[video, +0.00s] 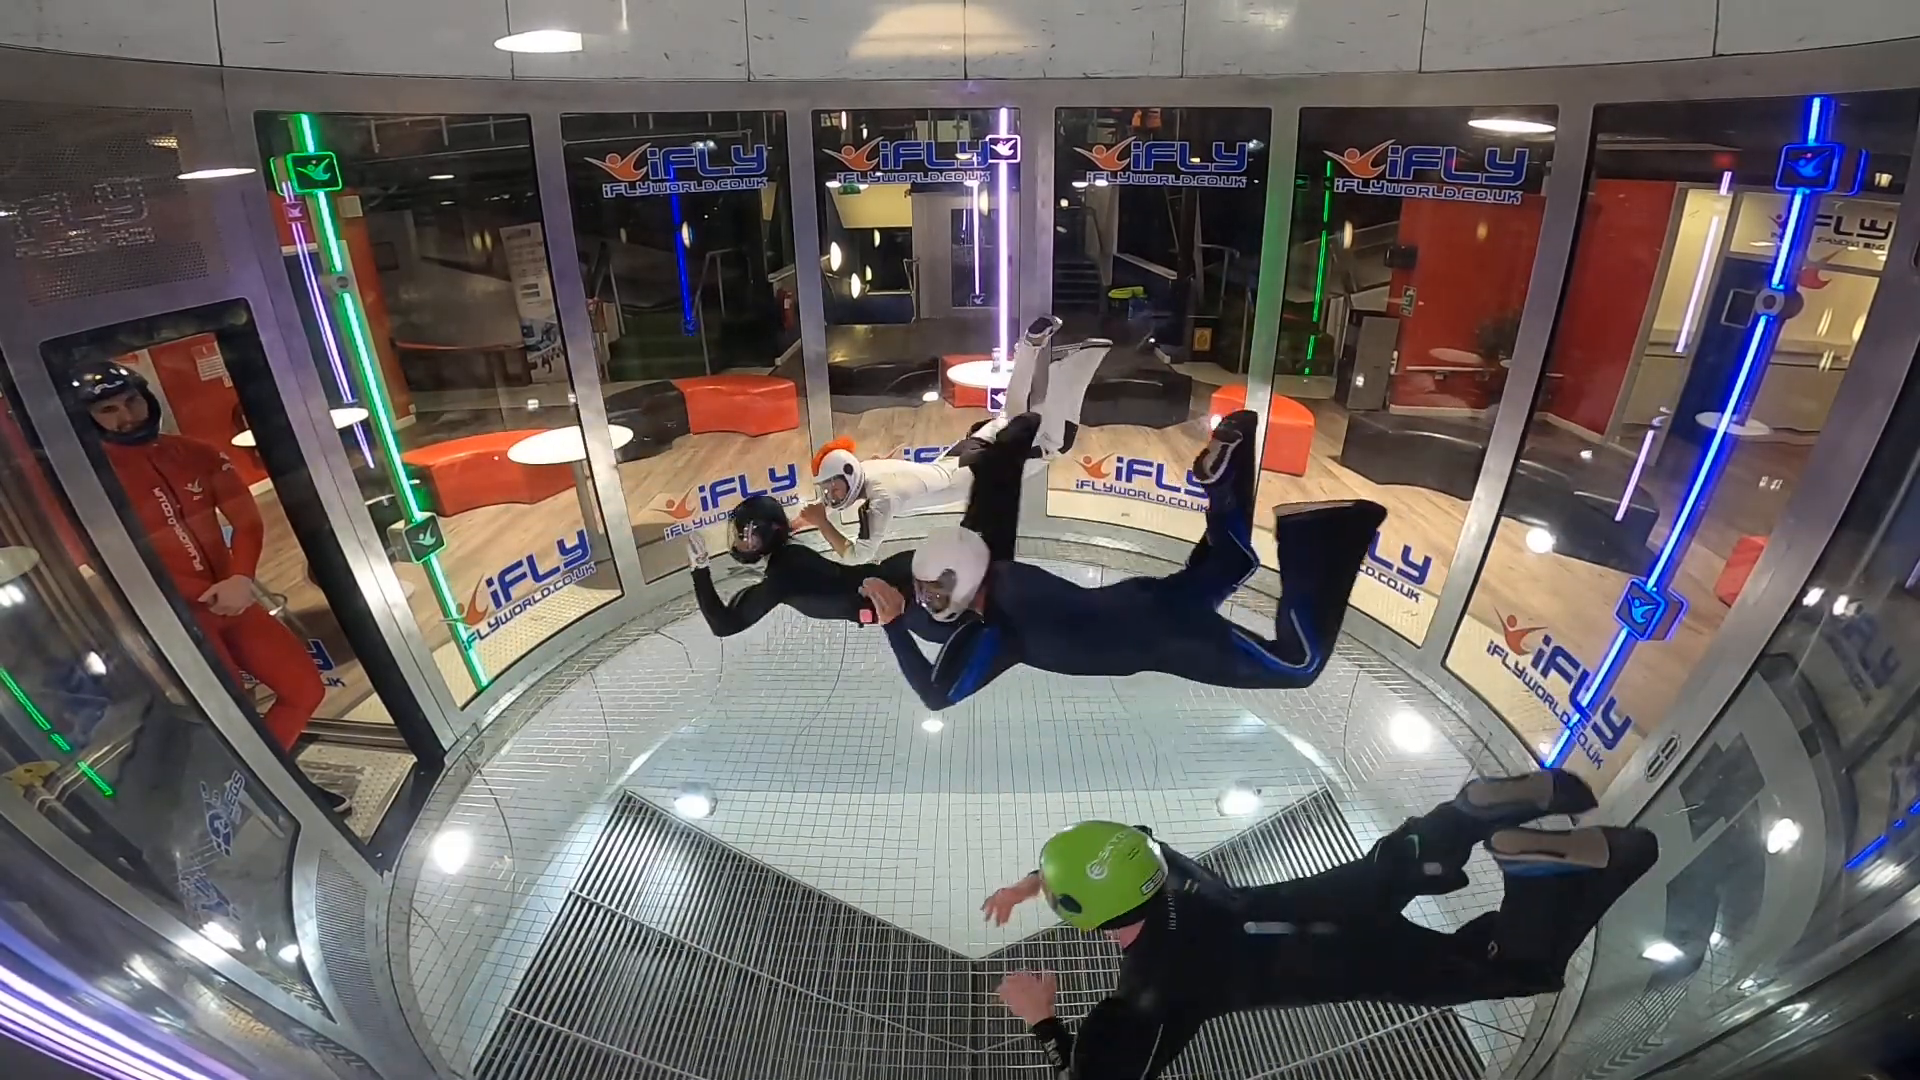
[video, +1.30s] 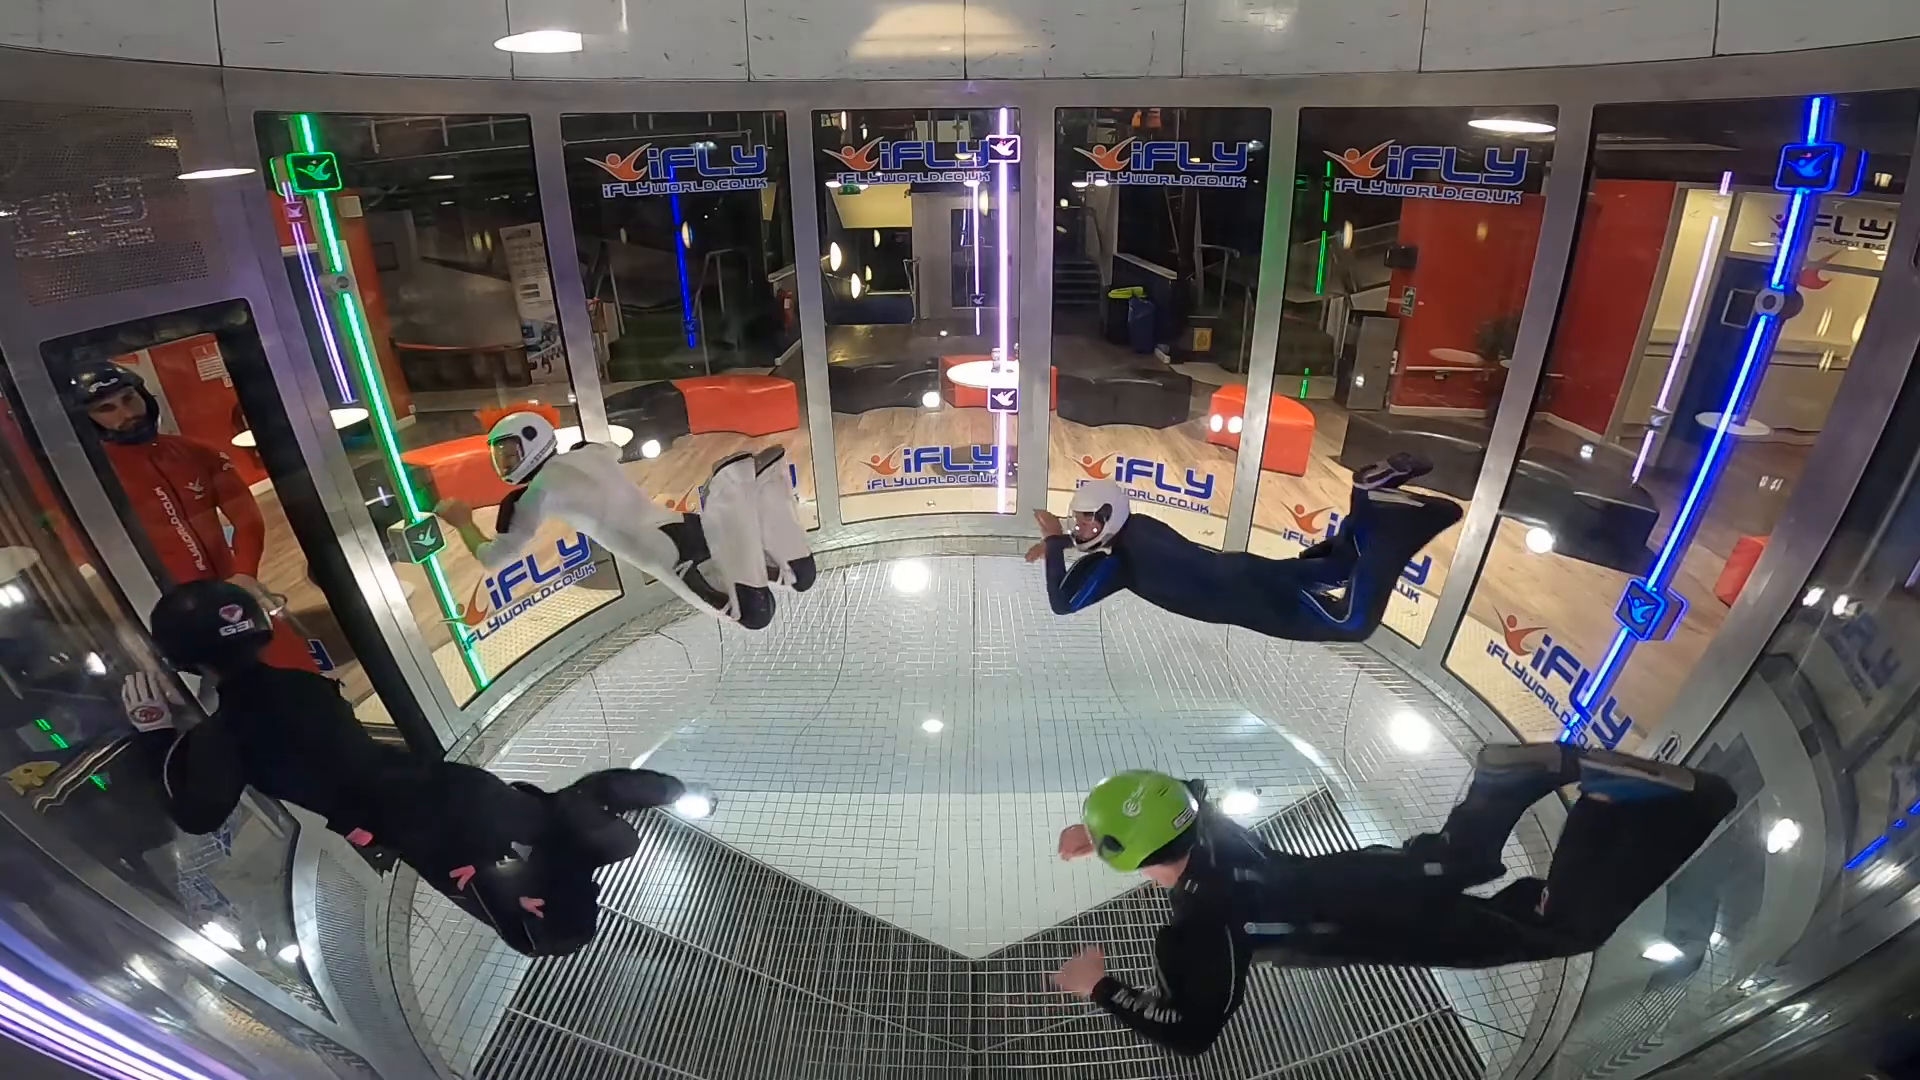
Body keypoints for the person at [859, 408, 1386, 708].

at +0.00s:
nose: (930, 604)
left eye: (935, 595)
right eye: (929, 596)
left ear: (960, 599)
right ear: (970, 573)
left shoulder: (996, 629)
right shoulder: (995, 575)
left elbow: (937, 694)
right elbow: (935, 627)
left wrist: (891, 628)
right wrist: (899, 604)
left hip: (1170, 638)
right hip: (1154, 598)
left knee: (1300, 665)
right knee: (1228, 557)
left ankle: (1316, 544)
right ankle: (1229, 469)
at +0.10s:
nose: (973, 606)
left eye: (978, 594)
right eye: (968, 595)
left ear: (1005, 584)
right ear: (999, 576)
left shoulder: (1037, 622)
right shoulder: (1031, 589)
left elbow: (979, 694)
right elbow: (977, 646)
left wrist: (910, 647)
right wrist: (913, 629)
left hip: (1206, 635)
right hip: (1183, 606)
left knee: (1342, 653)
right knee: (1256, 569)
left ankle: (1359, 533)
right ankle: (1270, 479)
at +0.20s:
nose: (1006, 606)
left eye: (1014, 596)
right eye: (1003, 597)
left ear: (1045, 587)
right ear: (1024, 584)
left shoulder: (1075, 623)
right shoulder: (1053, 583)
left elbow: (1022, 693)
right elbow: (1004, 642)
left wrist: (953, 651)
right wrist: (953, 635)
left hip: (1243, 640)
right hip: (1216, 610)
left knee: (1378, 655)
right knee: (1284, 583)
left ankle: (1403, 534)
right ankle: (1313, 502)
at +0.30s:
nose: (1043, 604)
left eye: (1056, 592)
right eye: (1037, 593)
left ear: (1086, 579)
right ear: (1034, 581)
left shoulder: (1110, 621)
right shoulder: (1077, 579)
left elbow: (1058, 691)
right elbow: (1042, 633)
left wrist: (1002, 631)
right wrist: (1002, 619)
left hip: (1263, 644)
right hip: (1235, 614)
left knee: (1409, 659)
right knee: (1310, 589)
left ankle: (1434, 541)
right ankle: (1351, 512)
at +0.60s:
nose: (1101, 572)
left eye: (1110, 561)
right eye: (1095, 562)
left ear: (1139, 559)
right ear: (1098, 559)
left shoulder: (1163, 598)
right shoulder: (1144, 571)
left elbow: (1113, 667)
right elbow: (1102, 604)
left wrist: (1074, 609)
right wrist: (1065, 593)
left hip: (1320, 645)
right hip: (1301, 616)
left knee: (1447, 670)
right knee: (1372, 590)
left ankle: (1476, 559)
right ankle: (1399, 513)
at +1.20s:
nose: (1097, 530)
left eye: (1104, 522)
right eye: (1094, 521)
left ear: (1127, 523)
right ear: (1116, 522)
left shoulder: (1140, 560)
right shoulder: (1147, 536)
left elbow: (1081, 608)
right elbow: (1102, 586)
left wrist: (1070, 546)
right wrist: (1073, 556)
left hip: (1282, 611)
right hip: (1278, 584)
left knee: (1382, 639)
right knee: (1355, 568)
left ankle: (1424, 551)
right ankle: (1396, 499)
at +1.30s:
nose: (1081, 528)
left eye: (1086, 520)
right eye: (1079, 519)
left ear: (1104, 522)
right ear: (1105, 519)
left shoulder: (1125, 554)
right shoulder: (1129, 536)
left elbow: (1064, 598)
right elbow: (1085, 580)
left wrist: (1054, 541)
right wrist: (1056, 552)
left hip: (1246, 594)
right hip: (1240, 576)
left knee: (1351, 619)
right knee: (1326, 570)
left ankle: (1389, 523)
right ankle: (1370, 500)